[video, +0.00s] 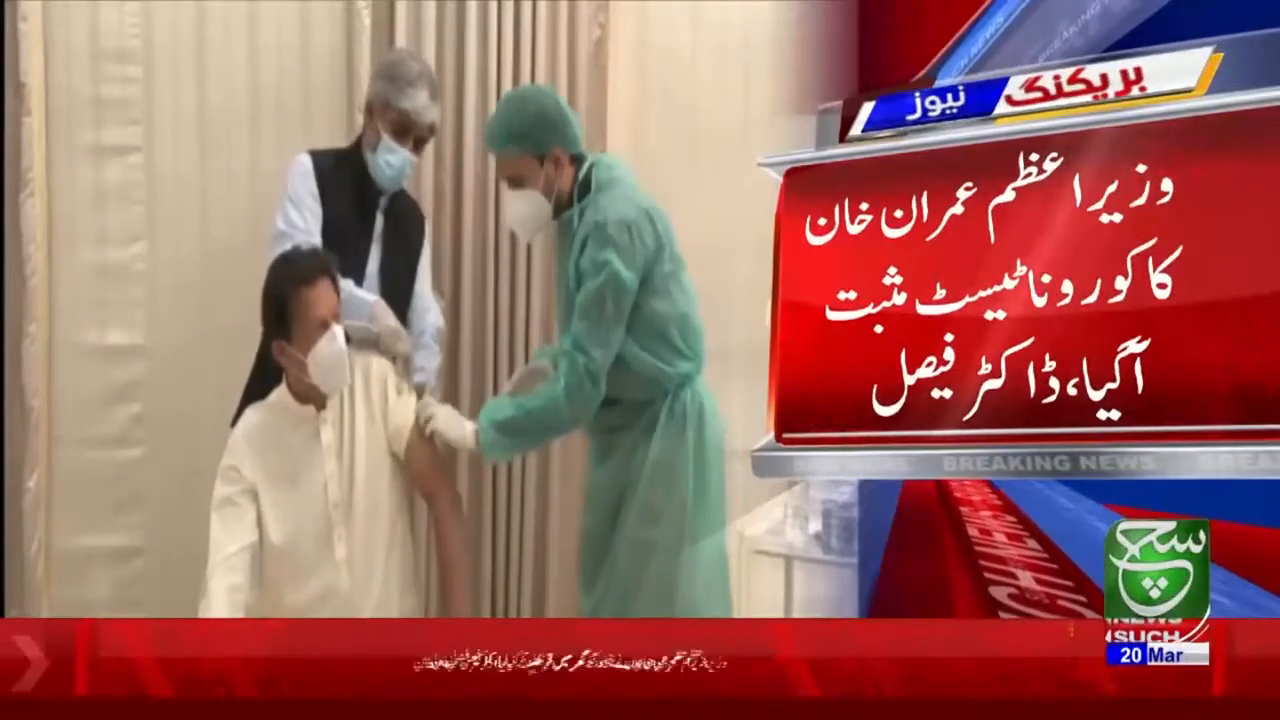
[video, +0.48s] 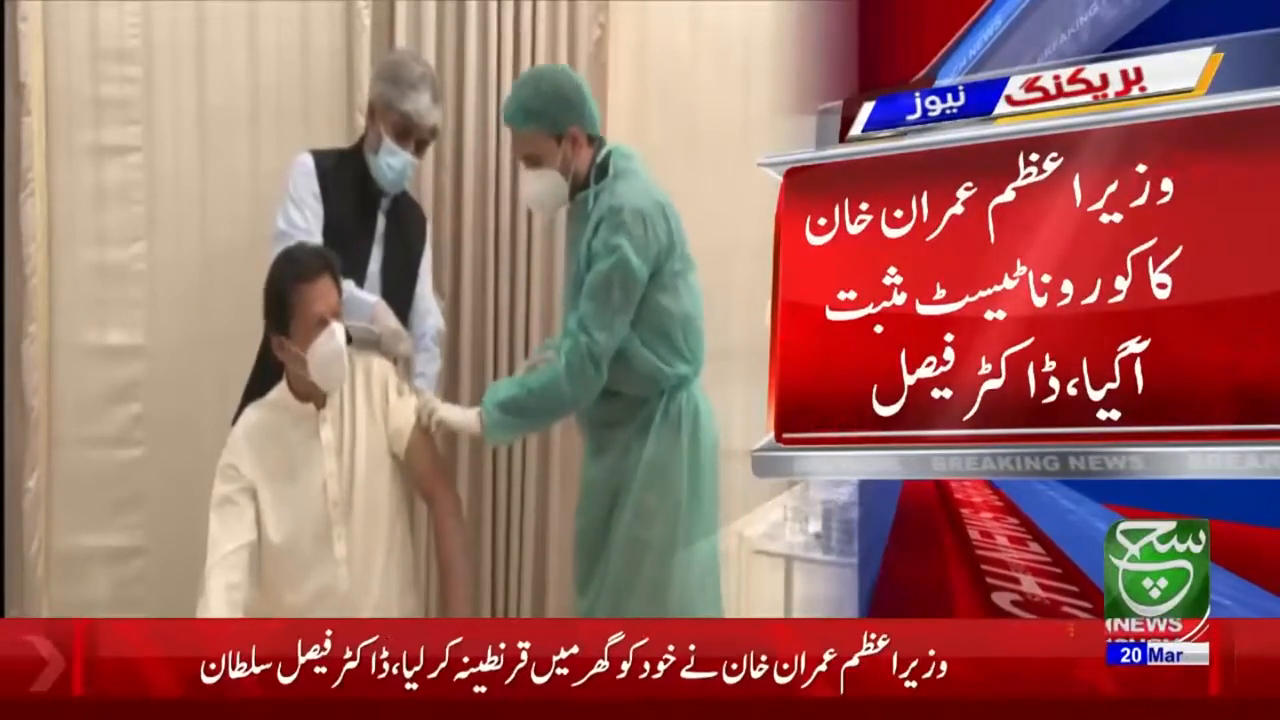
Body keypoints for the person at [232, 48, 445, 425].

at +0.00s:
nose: (406, 152)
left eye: (419, 142)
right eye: (398, 133)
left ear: (429, 143)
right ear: (370, 115)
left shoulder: (411, 218)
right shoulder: (313, 172)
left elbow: (424, 316)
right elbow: (294, 269)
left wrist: (417, 392)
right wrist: (372, 311)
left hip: (372, 390)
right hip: (298, 376)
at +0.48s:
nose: (407, 155)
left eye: (421, 145)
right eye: (399, 136)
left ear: (430, 145)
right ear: (371, 118)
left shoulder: (412, 218)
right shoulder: (314, 172)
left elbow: (425, 321)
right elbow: (296, 269)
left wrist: (419, 403)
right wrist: (371, 312)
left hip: (372, 391)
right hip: (297, 377)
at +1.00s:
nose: (350, 78)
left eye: (363, 60)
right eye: (334, 58)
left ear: (376, 58)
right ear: (298, 50)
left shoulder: (378, 166)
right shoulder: (242, 126)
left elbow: (391, 292)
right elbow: (232, 252)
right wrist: (334, 303)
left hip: (340, 391)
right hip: (242, 378)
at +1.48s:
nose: (352, 77)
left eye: (364, 60)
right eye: (335, 58)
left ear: (376, 58)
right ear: (297, 50)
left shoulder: (376, 170)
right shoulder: (243, 126)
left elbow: (396, 304)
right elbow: (231, 248)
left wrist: (376, 384)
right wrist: (333, 298)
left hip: (335, 399)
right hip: (237, 386)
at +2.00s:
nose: (352, 77)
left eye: (364, 61)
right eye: (334, 58)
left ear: (377, 60)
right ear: (298, 51)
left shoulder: (378, 173)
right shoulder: (242, 129)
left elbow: (394, 307)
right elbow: (232, 252)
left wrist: (374, 389)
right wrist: (333, 298)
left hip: (334, 401)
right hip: (237, 386)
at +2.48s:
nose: (352, 77)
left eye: (365, 61)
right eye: (335, 57)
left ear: (377, 62)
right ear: (300, 52)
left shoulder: (378, 174)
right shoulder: (242, 130)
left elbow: (394, 306)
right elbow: (233, 254)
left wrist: (376, 392)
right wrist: (336, 301)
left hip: (333, 400)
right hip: (239, 384)